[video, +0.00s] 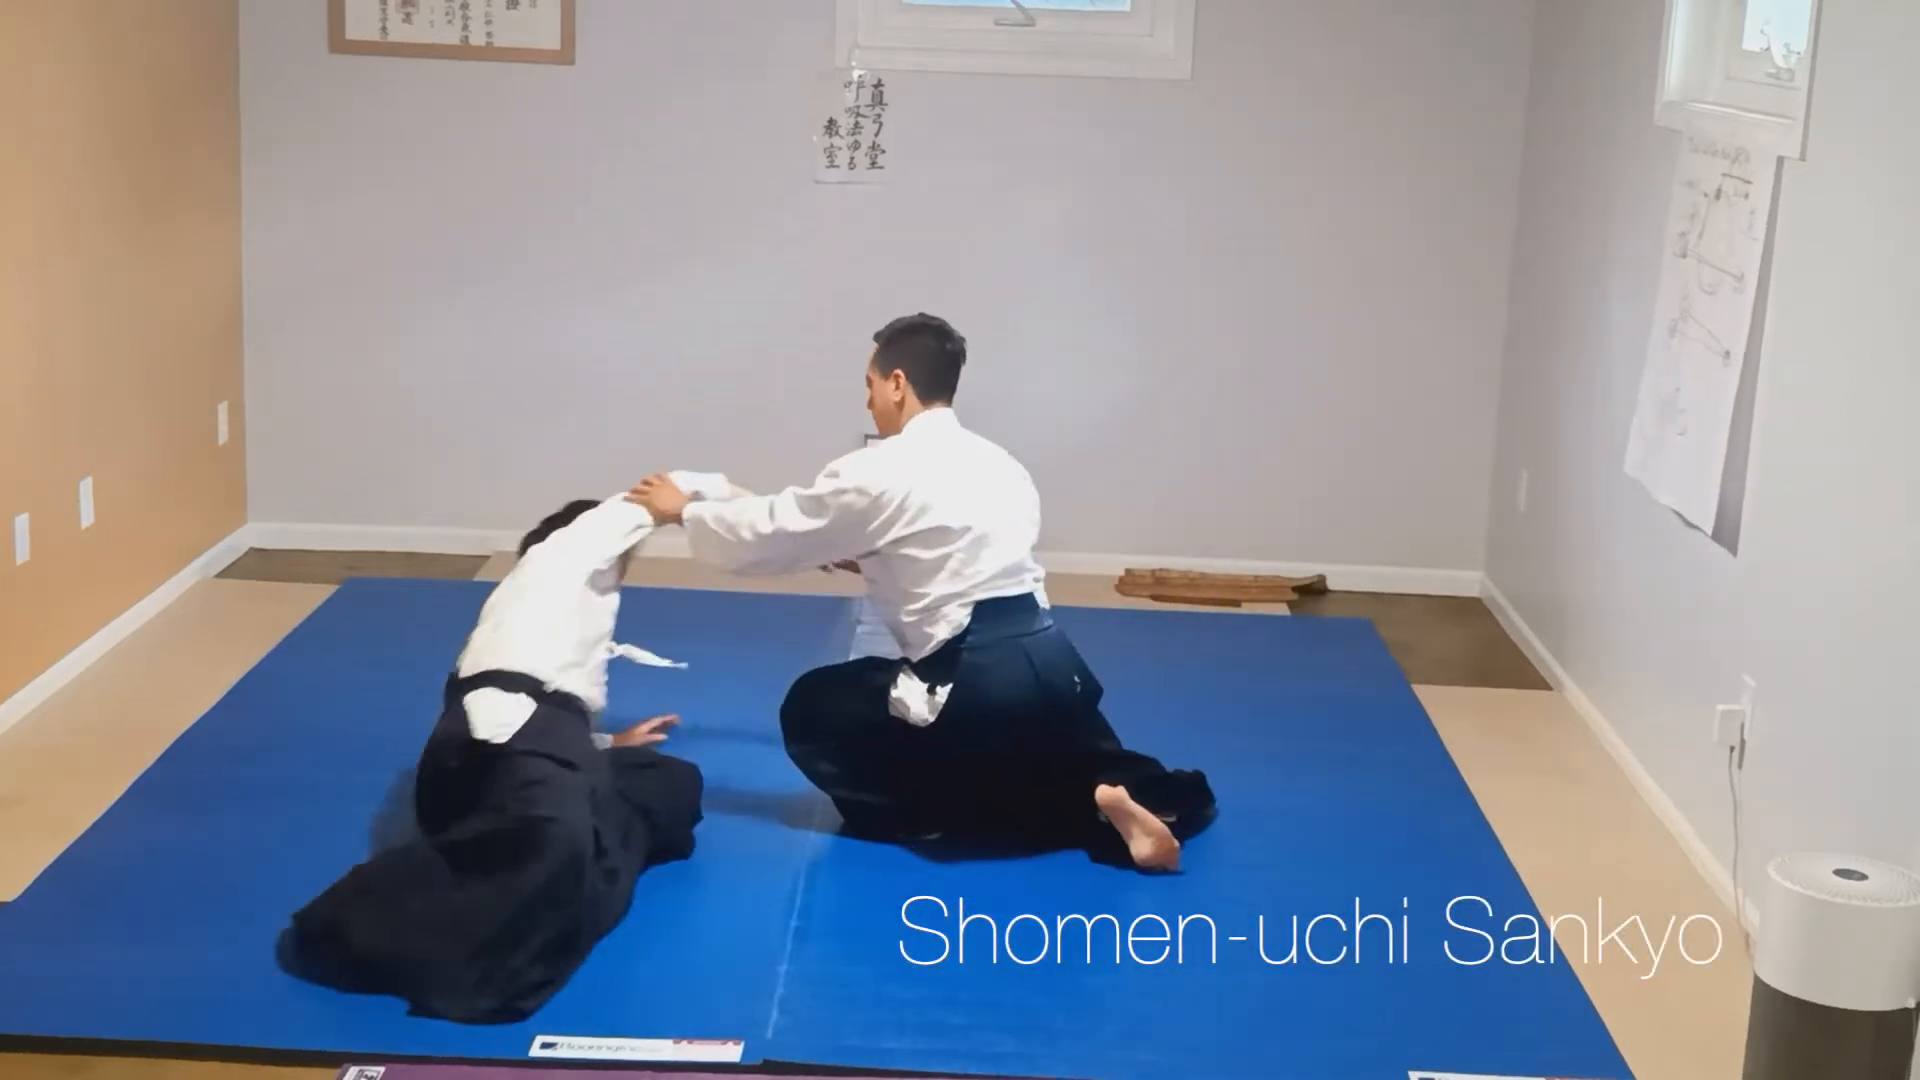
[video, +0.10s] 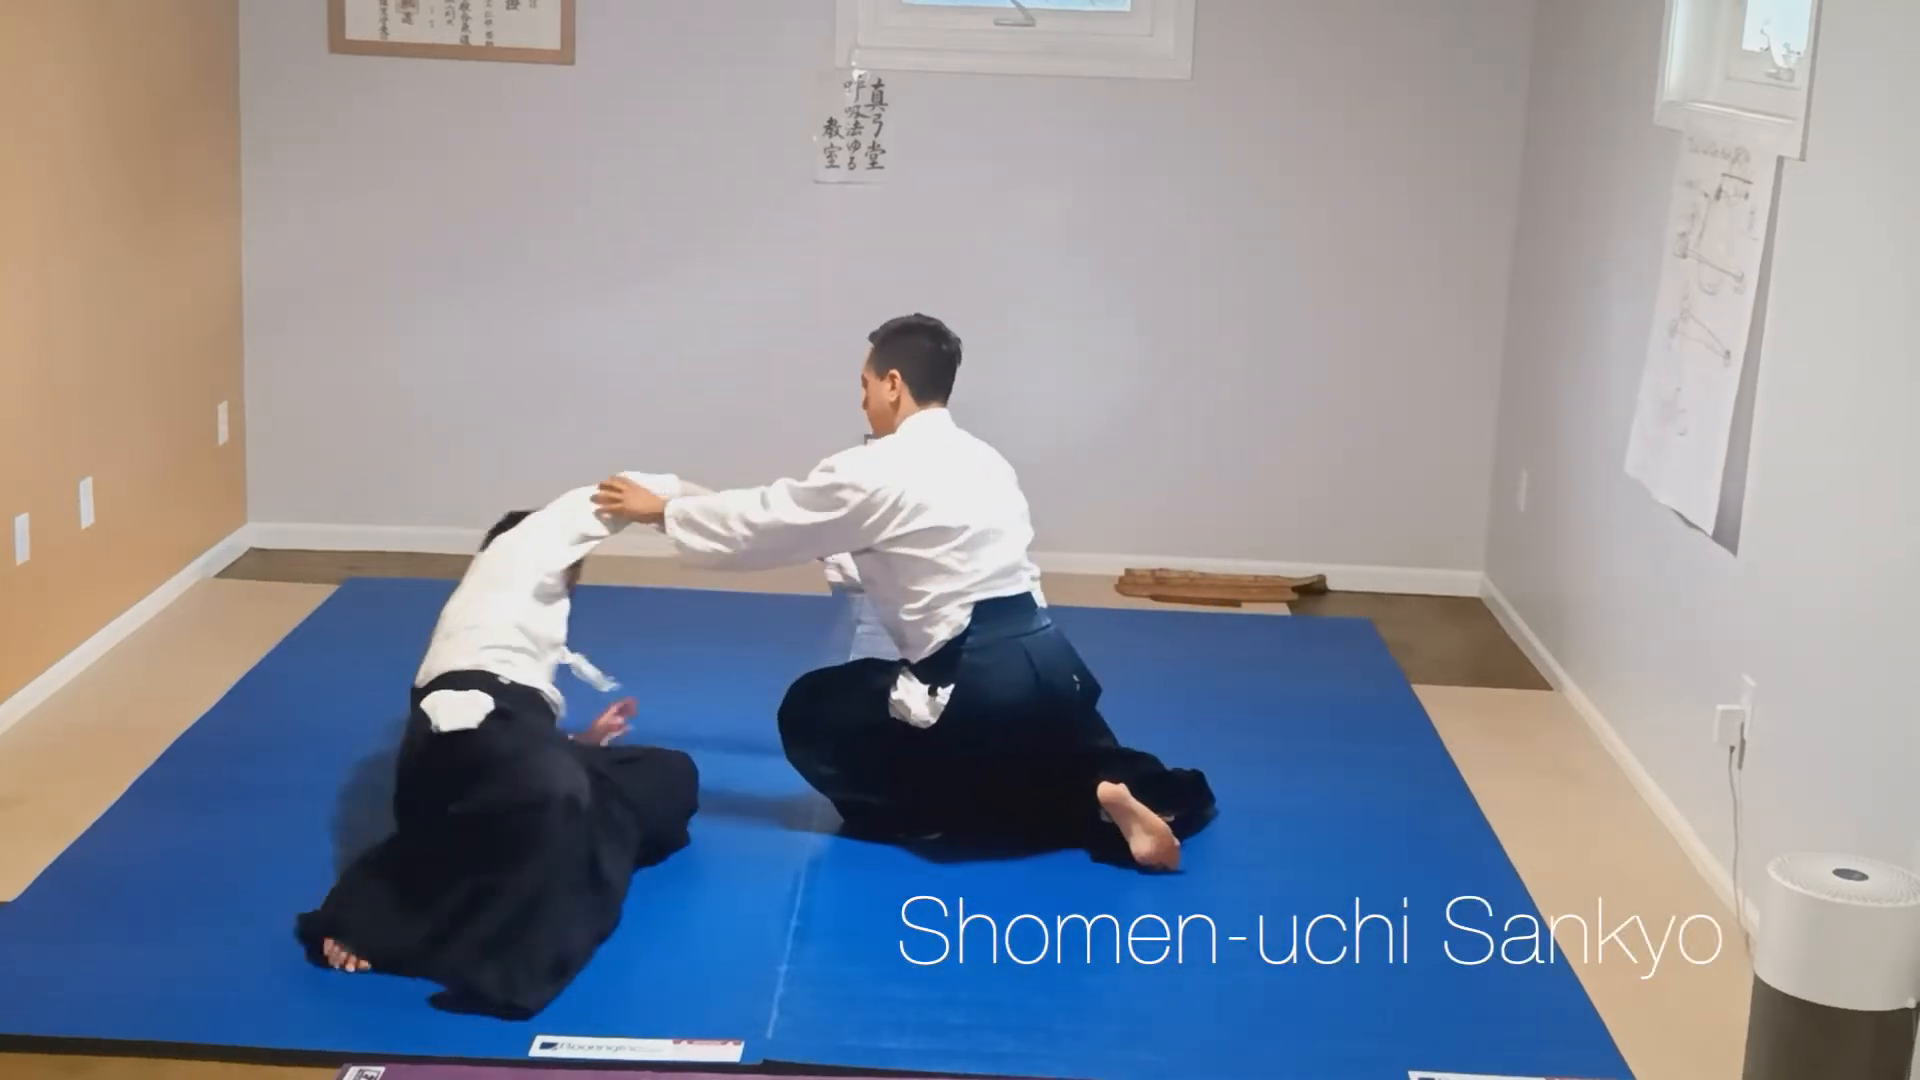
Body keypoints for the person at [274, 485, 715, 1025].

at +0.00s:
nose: (623, 564)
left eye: (623, 555)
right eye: (617, 546)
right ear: (582, 531)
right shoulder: (562, 554)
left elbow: (540, 719)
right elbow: (666, 494)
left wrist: (614, 743)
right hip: (516, 721)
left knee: (673, 781)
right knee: (553, 842)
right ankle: (344, 932)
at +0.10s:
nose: (575, 576)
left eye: (576, 567)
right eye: (570, 559)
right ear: (533, 539)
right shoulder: (516, 553)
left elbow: (515, 732)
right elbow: (621, 492)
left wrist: (585, 744)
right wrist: (702, 504)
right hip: (477, 713)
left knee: (672, 776)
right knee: (550, 795)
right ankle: (371, 917)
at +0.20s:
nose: (543, 573)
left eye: (541, 561)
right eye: (534, 552)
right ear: (505, 522)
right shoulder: (486, 536)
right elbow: (599, 490)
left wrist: (580, 742)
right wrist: (693, 504)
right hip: (471, 705)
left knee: (666, 772)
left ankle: (634, 864)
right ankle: (371, 892)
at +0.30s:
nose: (532, 553)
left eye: (533, 542)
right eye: (521, 536)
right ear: (482, 526)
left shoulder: (500, 645)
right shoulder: (460, 537)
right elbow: (552, 484)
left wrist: (577, 742)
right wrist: (655, 487)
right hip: (456, 694)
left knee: (665, 759)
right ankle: (353, 866)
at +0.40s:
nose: (525, 562)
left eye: (528, 548)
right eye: (517, 545)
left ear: (513, 548)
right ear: (485, 532)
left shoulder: (501, 638)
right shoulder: (450, 539)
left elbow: (503, 742)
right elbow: (542, 473)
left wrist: (576, 736)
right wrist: (644, 483)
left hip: (492, 744)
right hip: (426, 698)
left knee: (664, 753)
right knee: (537, 836)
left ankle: (787, 829)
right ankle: (372, 873)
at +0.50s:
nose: (528, 560)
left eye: (530, 546)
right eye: (521, 543)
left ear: (512, 551)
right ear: (488, 535)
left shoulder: (500, 641)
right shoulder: (445, 548)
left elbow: (503, 737)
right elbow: (523, 466)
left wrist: (577, 736)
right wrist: (623, 479)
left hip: (499, 771)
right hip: (419, 742)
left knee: (653, 767)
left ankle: (822, 814)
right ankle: (362, 866)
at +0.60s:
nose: (526, 572)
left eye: (530, 559)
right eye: (522, 554)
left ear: (512, 554)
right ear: (489, 538)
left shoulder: (503, 644)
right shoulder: (442, 549)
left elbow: (510, 743)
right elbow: (505, 458)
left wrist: (585, 736)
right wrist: (612, 456)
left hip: (504, 775)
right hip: (423, 737)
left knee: (657, 785)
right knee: (365, 698)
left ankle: (818, 846)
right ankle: (350, 884)